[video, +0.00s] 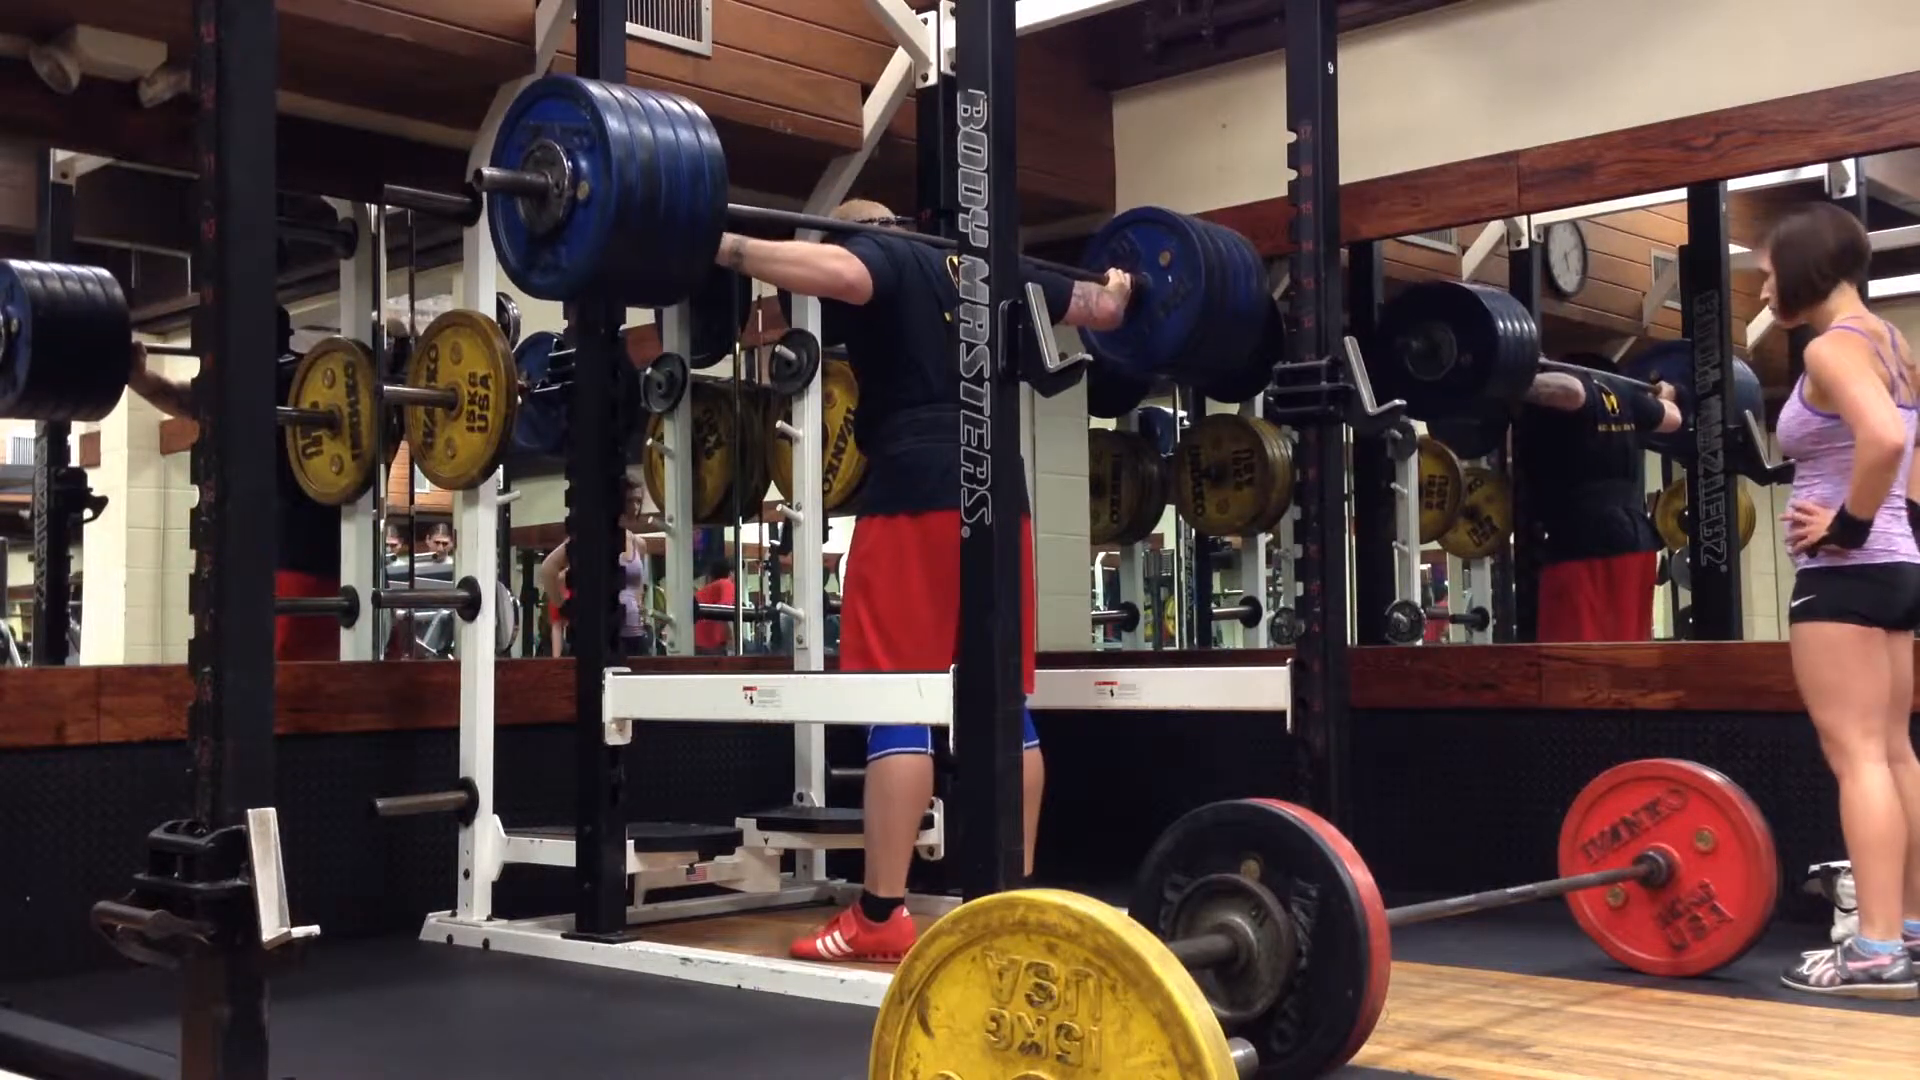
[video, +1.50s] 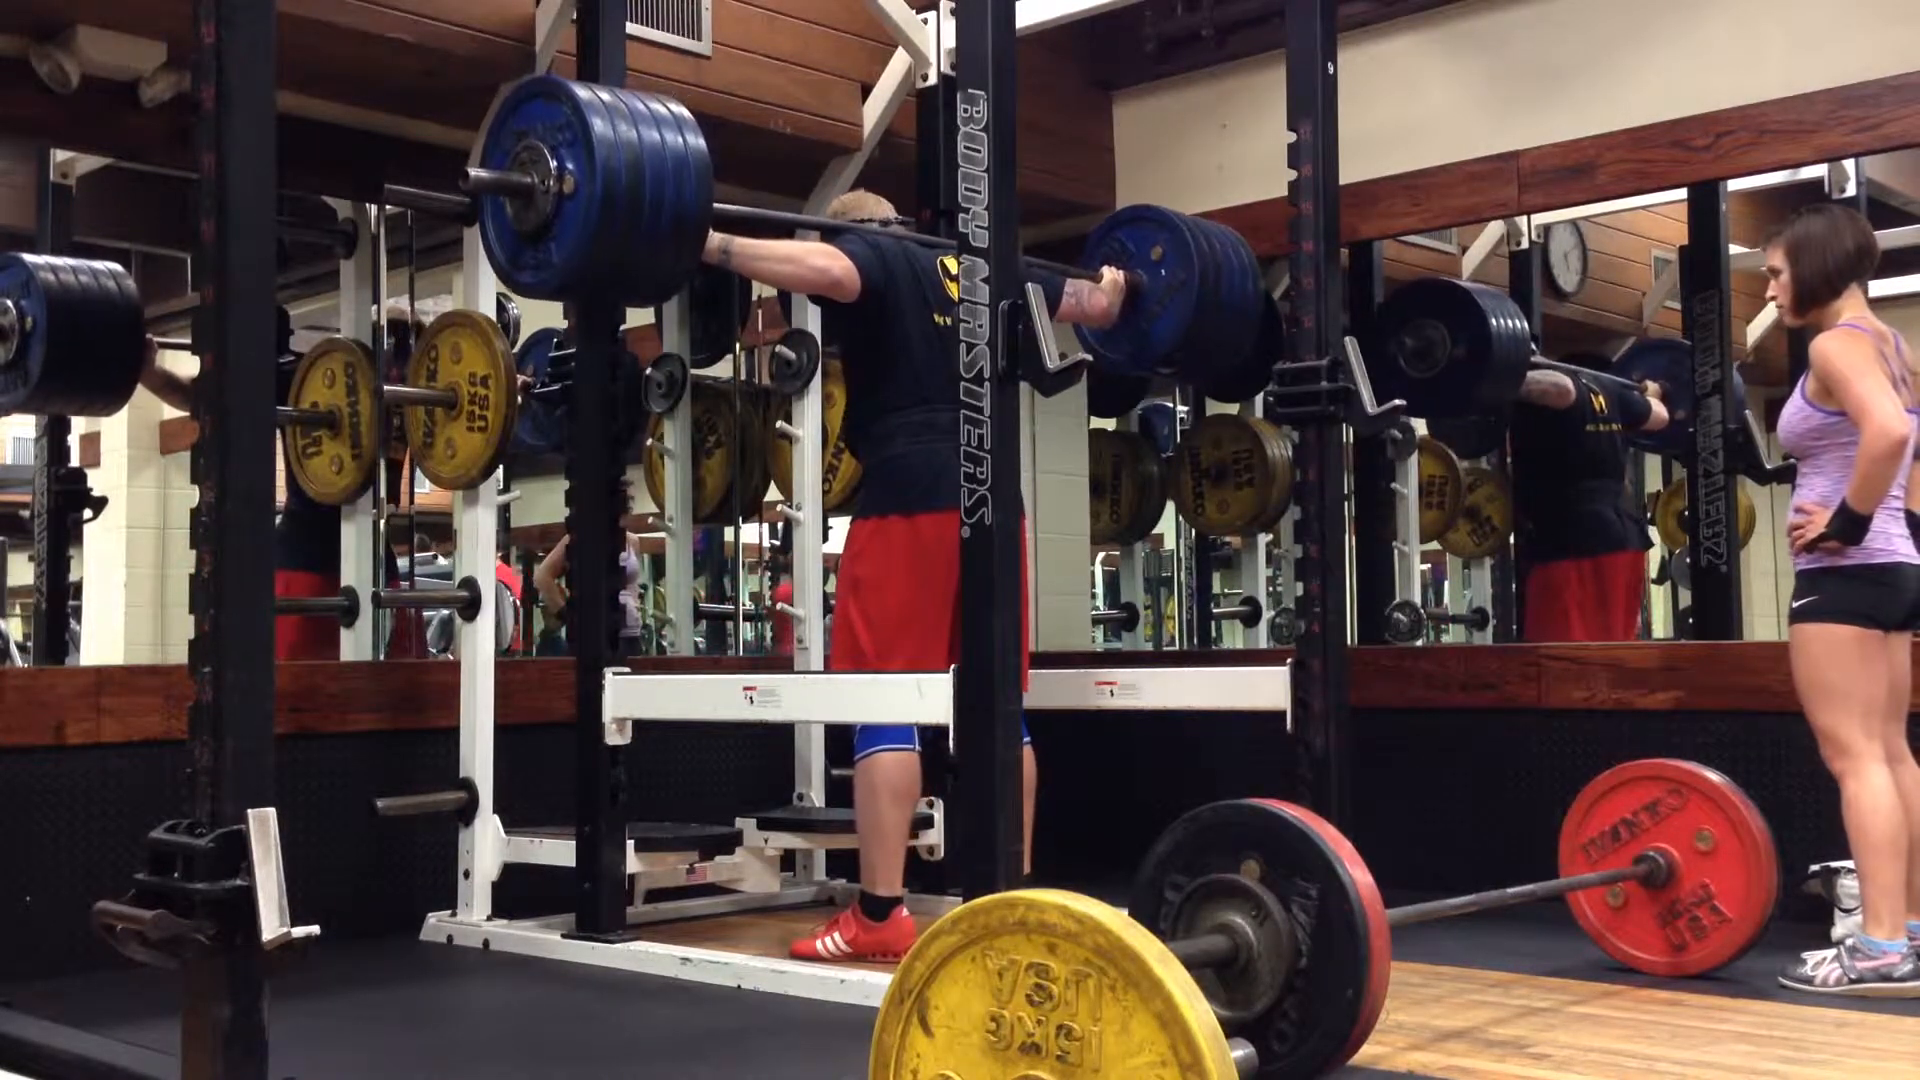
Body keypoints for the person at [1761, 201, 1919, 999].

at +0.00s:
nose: (1762, 283)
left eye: (1767, 268)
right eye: (1762, 267)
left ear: (1795, 271)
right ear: (1848, 264)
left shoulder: (1830, 347)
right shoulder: (1881, 339)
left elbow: (1885, 439)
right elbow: (1904, 456)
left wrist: (1845, 523)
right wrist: (1841, 510)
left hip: (1846, 575)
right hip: (1893, 569)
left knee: (1857, 756)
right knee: (1894, 749)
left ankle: (1877, 943)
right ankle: (1905, 924)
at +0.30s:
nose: (1775, 284)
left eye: (1781, 271)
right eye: (1775, 270)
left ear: (1809, 274)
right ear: (1857, 269)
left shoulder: (1842, 349)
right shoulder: (1887, 339)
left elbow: (1896, 437)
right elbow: (1894, 445)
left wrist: (1859, 526)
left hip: (1852, 578)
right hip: (1899, 572)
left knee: (1859, 753)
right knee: (1899, 747)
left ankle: (1878, 941)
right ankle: (1907, 923)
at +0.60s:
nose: (1775, 291)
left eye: (1782, 276)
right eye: (1774, 276)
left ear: (1822, 271)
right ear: (1849, 270)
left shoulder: (1845, 345)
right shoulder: (1882, 338)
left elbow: (1898, 430)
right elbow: (1885, 442)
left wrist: (1862, 524)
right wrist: (1836, 508)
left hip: (1853, 575)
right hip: (1892, 571)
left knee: (1861, 754)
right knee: (1899, 751)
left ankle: (1883, 941)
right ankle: (1896, 930)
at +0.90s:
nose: (1775, 290)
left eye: (1782, 274)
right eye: (1774, 275)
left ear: (1822, 270)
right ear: (1850, 270)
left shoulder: (1844, 345)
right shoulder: (1883, 339)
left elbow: (1896, 431)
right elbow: (1890, 439)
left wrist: (1854, 523)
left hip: (1851, 576)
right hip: (1892, 571)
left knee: (1859, 755)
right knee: (1896, 749)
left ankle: (1883, 942)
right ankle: (1897, 929)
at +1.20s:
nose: (1771, 287)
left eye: (1778, 272)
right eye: (1771, 272)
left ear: (1814, 270)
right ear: (1851, 270)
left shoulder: (1838, 343)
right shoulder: (1883, 340)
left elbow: (1891, 430)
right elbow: (1906, 455)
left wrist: (1847, 521)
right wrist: (1866, 514)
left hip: (1848, 576)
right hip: (1892, 570)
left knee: (1857, 757)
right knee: (1893, 749)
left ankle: (1882, 942)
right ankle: (1903, 927)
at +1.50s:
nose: (1770, 286)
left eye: (1777, 271)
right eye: (1769, 271)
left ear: (1812, 267)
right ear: (1851, 267)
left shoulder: (1835, 344)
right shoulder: (1883, 342)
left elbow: (1888, 431)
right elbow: (1906, 457)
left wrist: (1844, 522)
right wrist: (1873, 515)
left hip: (1844, 575)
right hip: (1889, 570)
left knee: (1856, 757)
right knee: (1889, 749)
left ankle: (1882, 942)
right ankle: (1902, 926)